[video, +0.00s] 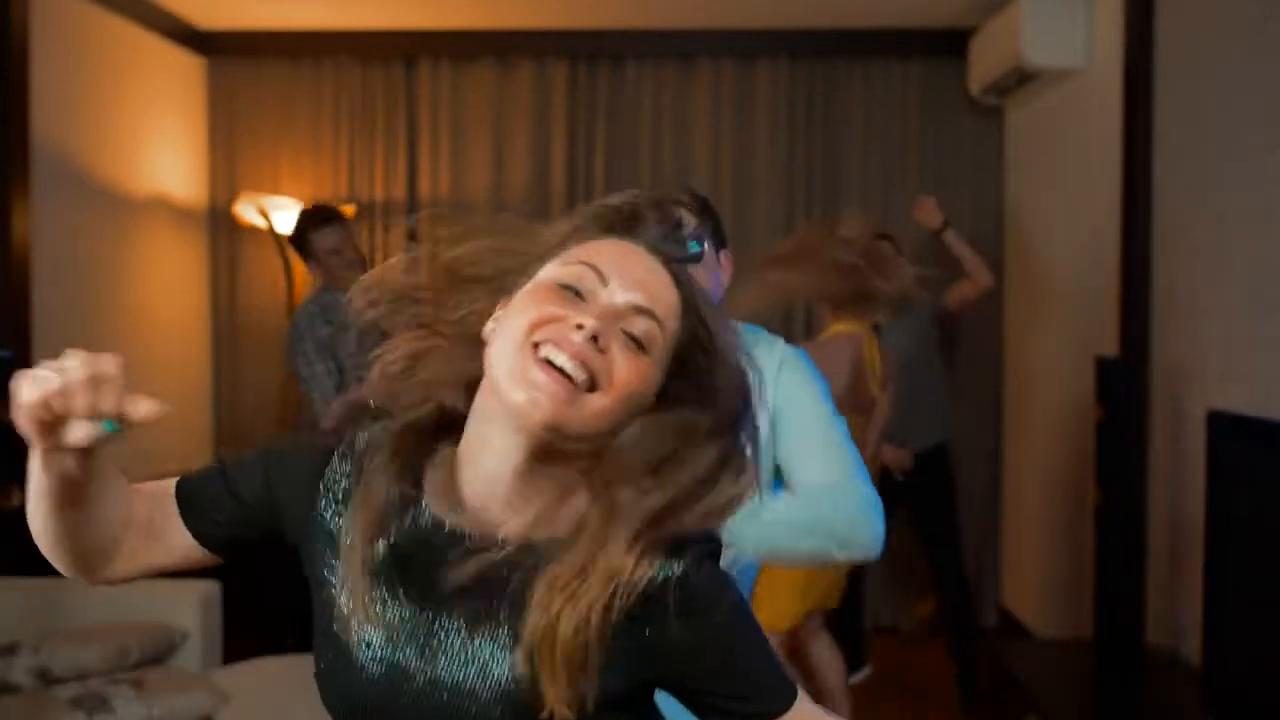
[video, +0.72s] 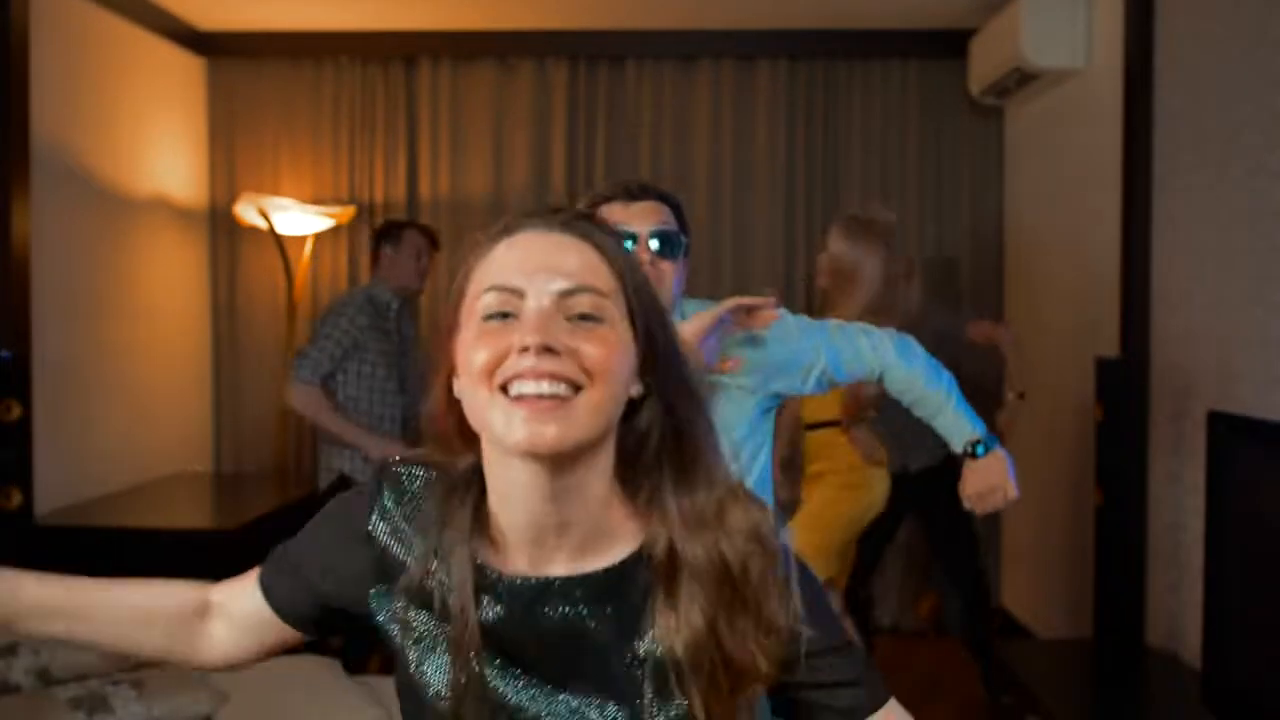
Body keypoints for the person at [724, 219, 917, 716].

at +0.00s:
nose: (803, 289)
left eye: (809, 278)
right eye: (807, 278)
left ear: (821, 287)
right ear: (860, 286)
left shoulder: (837, 345)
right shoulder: (867, 342)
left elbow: (817, 422)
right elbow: (878, 408)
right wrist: (872, 454)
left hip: (815, 504)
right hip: (844, 504)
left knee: (765, 629)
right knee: (809, 626)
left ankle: (799, 707)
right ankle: (839, 708)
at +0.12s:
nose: (657, 251)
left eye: (678, 231)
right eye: (632, 235)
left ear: (710, 251)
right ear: (602, 248)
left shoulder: (759, 353)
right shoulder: (564, 348)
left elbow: (878, 516)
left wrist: (787, 596)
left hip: (717, 658)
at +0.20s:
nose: (648, 227)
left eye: (670, 212)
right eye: (624, 212)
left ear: (695, 238)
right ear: (593, 234)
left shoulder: (754, 337)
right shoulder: (559, 335)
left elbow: (886, 474)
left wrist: (850, 609)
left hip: (719, 655)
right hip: (580, 639)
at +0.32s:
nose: (643, 205)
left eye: (663, 191)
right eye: (618, 191)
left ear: (685, 218)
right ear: (584, 220)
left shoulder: (753, 313)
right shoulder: (558, 315)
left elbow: (897, 413)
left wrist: (926, 561)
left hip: (733, 596)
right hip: (597, 585)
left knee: (738, 705)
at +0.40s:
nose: (641, 201)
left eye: (662, 188)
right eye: (616, 188)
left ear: (684, 219)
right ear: (580, 220)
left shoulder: (748, 305)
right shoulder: (543, 296)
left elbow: (902, 381)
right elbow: (491, 414)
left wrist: (961, 513)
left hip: (743, 593)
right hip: (600, 584)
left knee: (747, 708)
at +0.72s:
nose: (644, 258)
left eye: (664, 243)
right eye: (622, 242)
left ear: (685, 264)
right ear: (586, 257)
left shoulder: (746, 342)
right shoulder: (568, 351)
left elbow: (886, 353)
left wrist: (977, 445)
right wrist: (668, 358)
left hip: (745, 583)